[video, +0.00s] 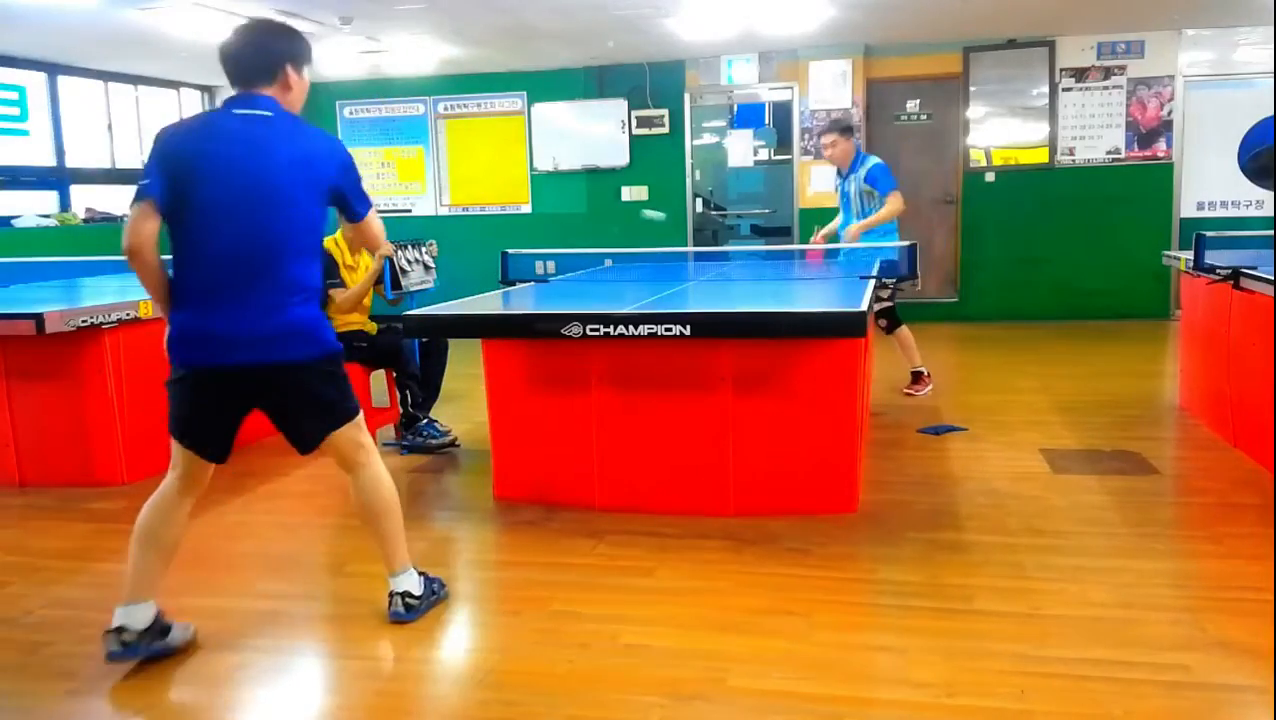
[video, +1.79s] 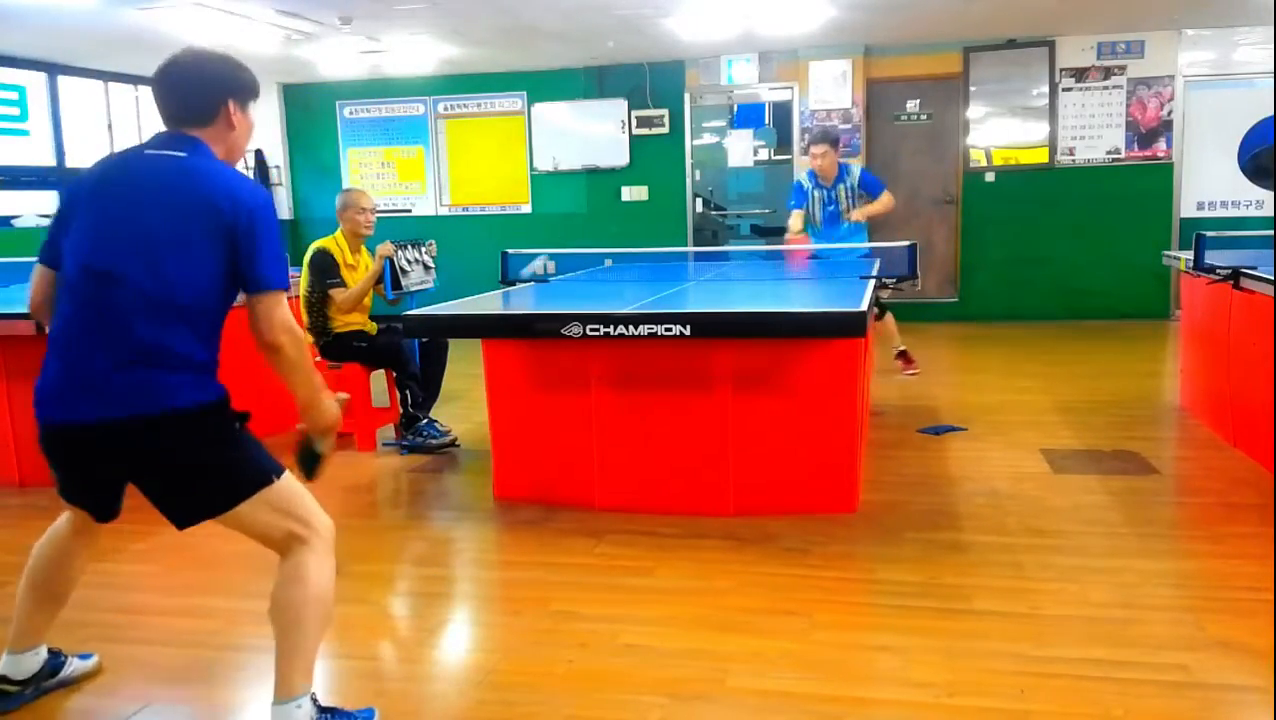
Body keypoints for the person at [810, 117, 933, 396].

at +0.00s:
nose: (827, 153)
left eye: (832, 146)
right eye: (824, 148)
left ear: (850, 142)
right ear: (825, 149)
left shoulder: (873, 167)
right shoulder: (841, 175)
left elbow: (896, 204)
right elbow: (847, 213)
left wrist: (860, 227)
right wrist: (827, 231)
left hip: (880, 259)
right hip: (851, 259)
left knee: (885, 315)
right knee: (847, 318)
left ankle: (919, 372)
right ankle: (846, 382)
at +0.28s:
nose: (828, 167)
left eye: (832, 159)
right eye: (823, 162)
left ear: (849, 153)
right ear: (820, 161)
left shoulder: (876, 171)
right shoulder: (829, 189)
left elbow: (913, 197)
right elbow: (830, 228)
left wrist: (881, 200)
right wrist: (828, 233)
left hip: (889, 257)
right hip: (853, 261)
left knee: (889, 314)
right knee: (847, 317)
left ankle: (920, 373)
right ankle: (847, 382)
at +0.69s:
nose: (820, 163)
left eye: (825, 156)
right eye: (815, 157)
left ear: (840, 153)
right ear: (810, 157)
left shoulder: (856, 166)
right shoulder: (808, 185)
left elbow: (883, 179)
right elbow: (811, 224)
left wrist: (909, 195)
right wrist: (826, 216)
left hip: (866, 257)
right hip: (829, 264)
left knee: (887, 309)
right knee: (831, 321)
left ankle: (912, 367)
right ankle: (834, 379)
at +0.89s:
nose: (803, 155)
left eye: (808, 147)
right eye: (798, 149)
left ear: (823, 145)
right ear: (794, 150)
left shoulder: (843, 164)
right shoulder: (792, 178)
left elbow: (887, 174)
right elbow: (788, 210)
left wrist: (887, 185)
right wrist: (785, 223)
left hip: (851, 251)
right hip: (814, 253)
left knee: (867, 306)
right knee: (815, 310)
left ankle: (886, 359)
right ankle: (819, 366)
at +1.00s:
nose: (797, 158)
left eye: (802, 151)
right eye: (792, 152)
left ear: (818, 148)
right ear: (789, 154)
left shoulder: (839, 171)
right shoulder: (794, 181)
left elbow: (864, 200)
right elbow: (795, 213)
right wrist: (789, 233)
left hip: (846, 257)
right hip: (813, 258)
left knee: (864, 309)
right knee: (814, 311)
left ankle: (885, 360)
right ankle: (818, 365)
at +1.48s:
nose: (823, 156)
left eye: (828, 149)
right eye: (818, 151)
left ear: (838, 147)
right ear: (811, 151)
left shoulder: (854, 163)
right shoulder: (806, 176)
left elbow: (880, 191)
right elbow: (811, 215)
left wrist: (863, 193)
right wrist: (829, 221)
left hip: (857, 250)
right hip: (820, 253)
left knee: (873, 302)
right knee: (822, 307)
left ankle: (886, 359)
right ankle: (824, 365)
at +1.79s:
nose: (817, 162)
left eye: (822, 156)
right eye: (813, 157)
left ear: (836, 154)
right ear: (808, 157)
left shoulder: (855, 175)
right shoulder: (803, 184)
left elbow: (888, 200)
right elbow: (796, 222)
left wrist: (864, 212)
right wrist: (795, 238)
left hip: (857, 257)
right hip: (821, 260)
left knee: (875, 307)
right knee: (818, 311)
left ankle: (900, 352)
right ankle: (820, 363)